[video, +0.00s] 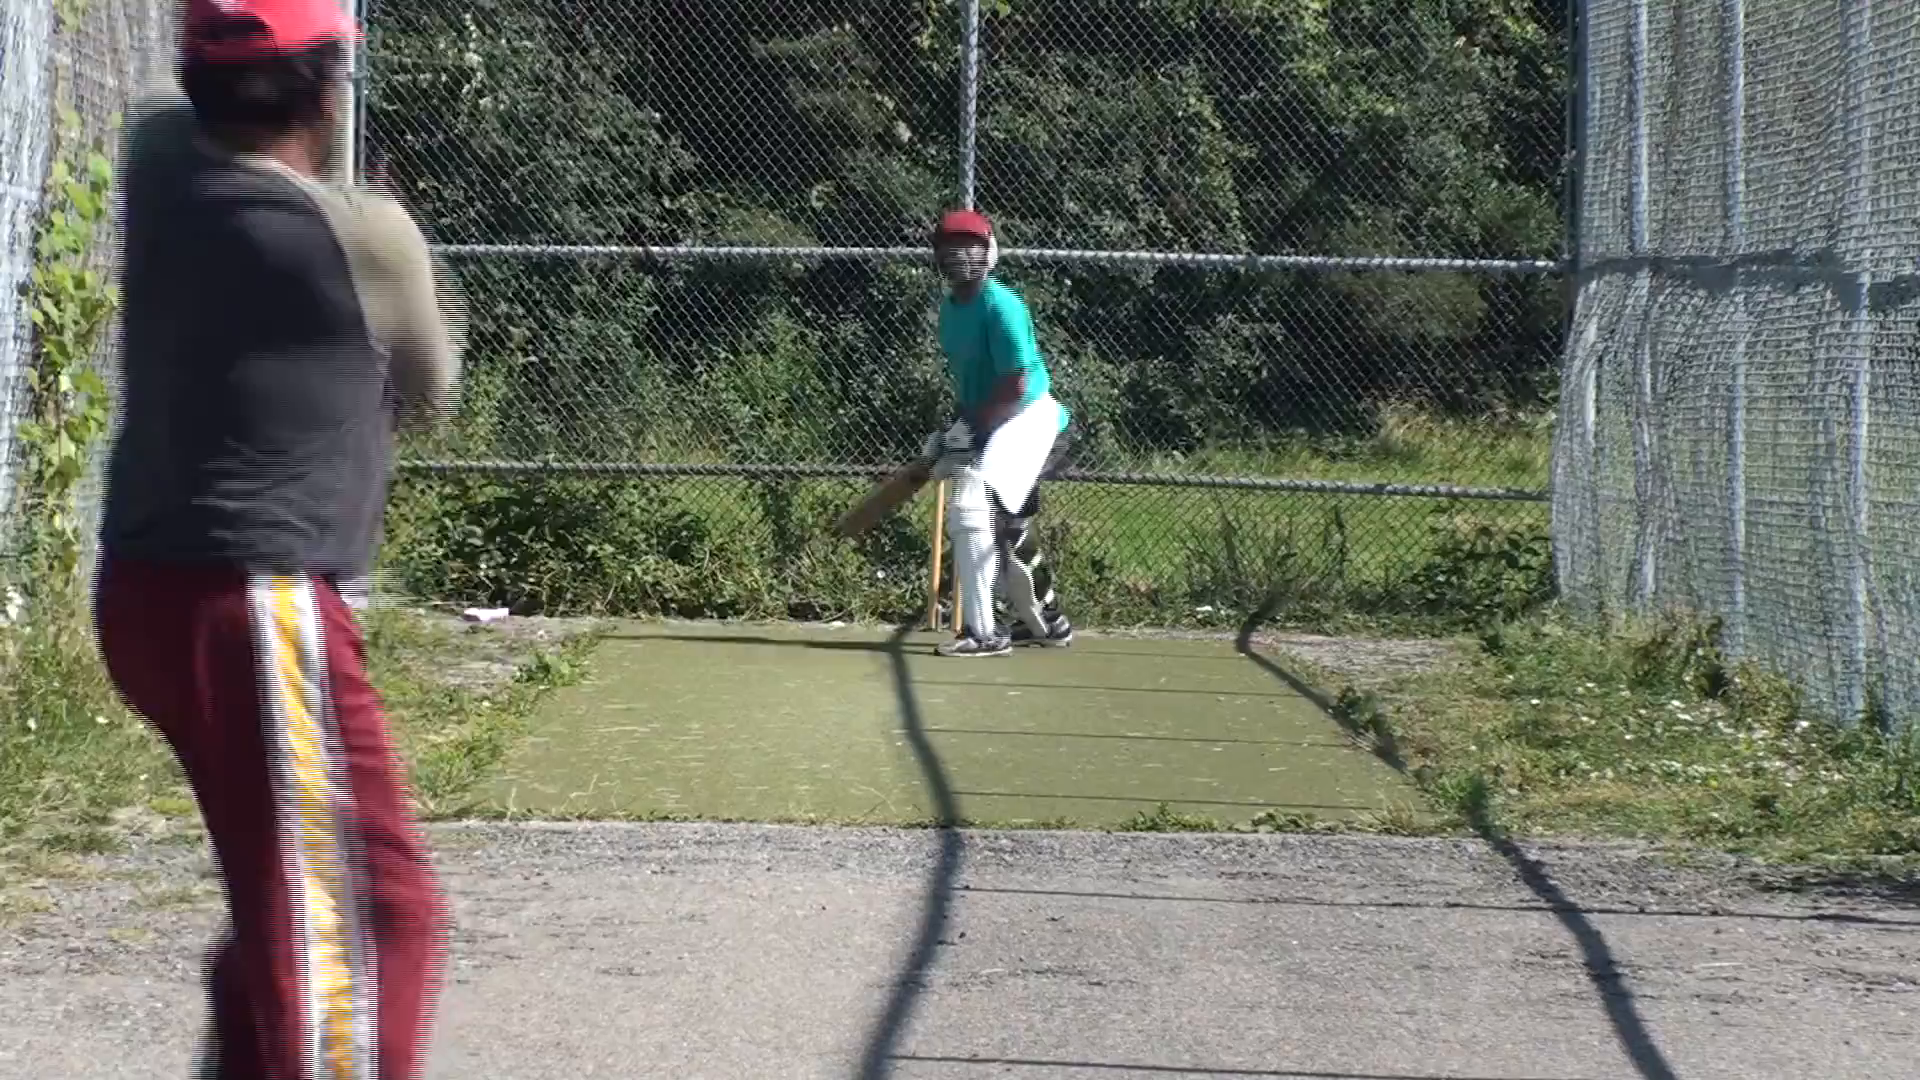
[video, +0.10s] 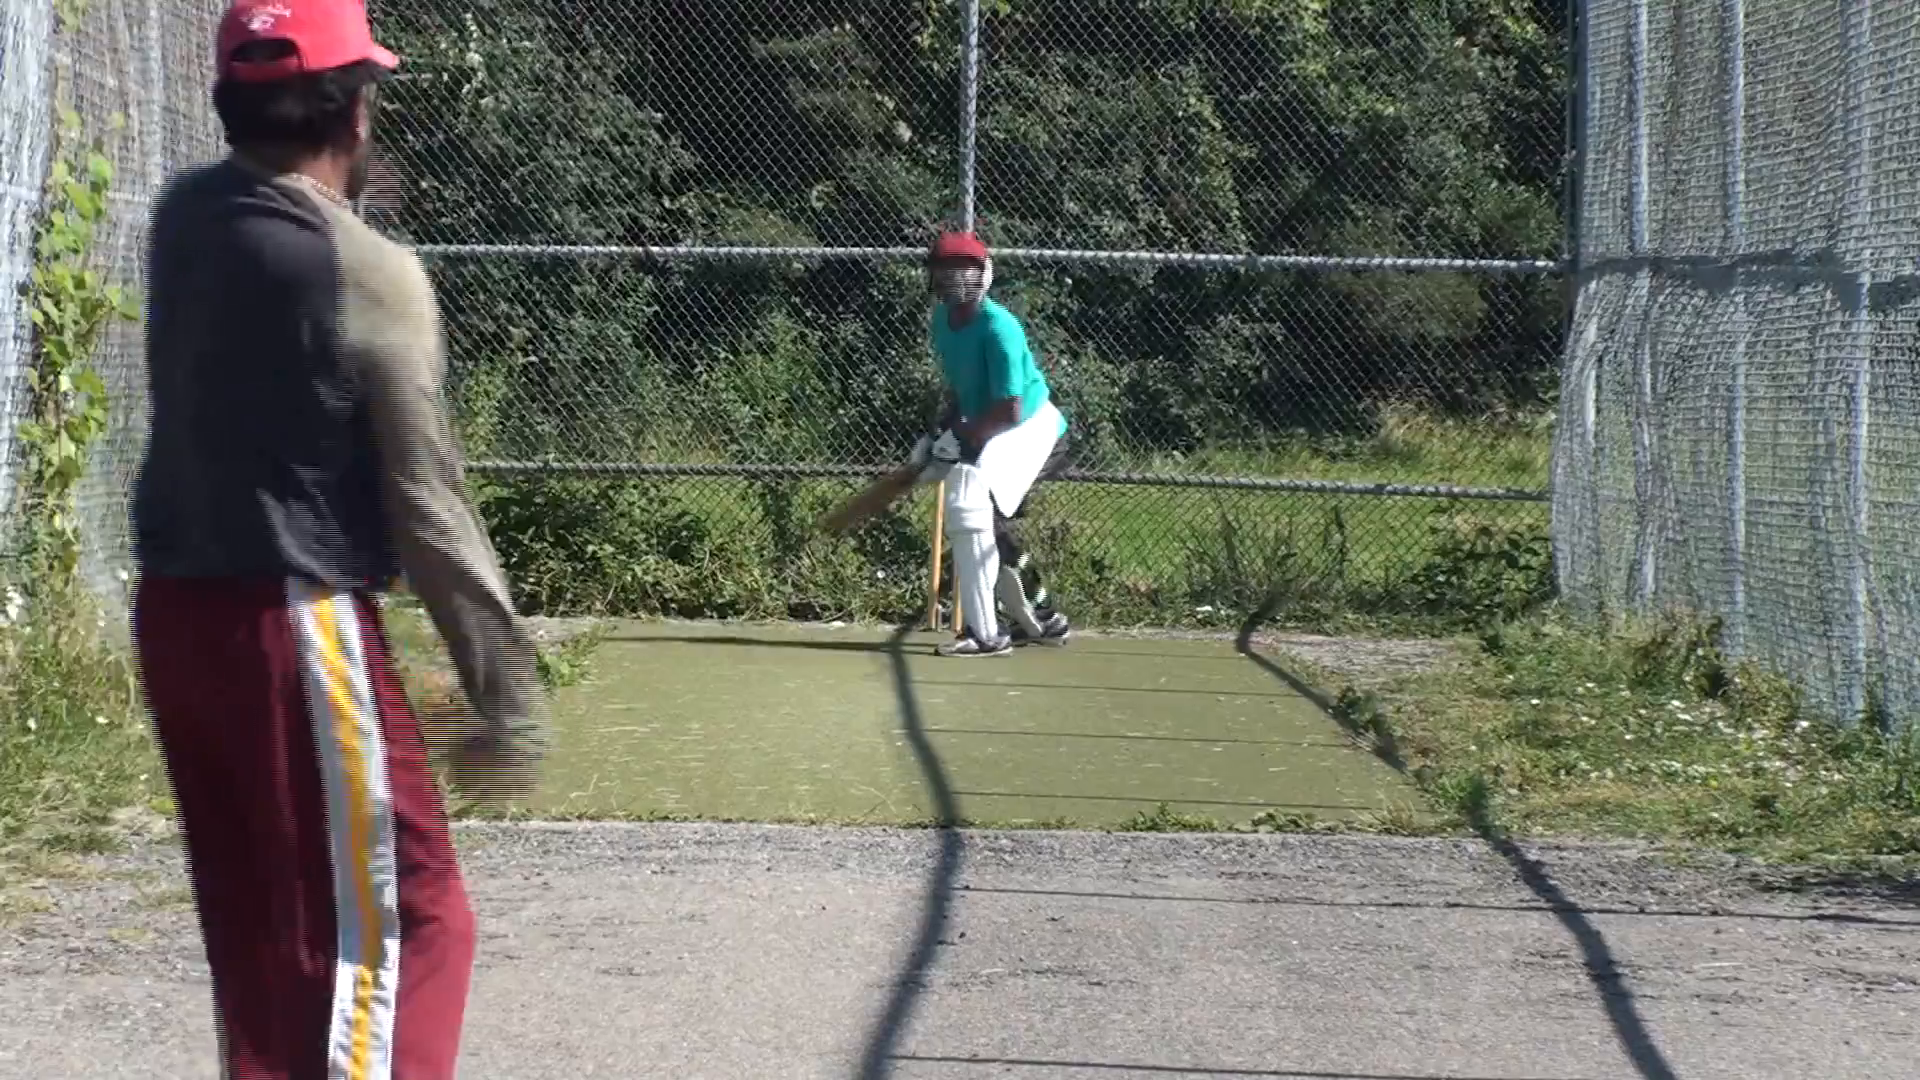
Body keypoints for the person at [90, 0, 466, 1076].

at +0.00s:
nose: (349, 89)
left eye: (342, 69)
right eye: (342, 73)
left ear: (204, 94)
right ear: (327, 91)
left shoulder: (161, 187)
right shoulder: (359, 228)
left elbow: (183, 102)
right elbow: (425, 391)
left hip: (152, 592)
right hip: (267, 601)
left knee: (279, 897)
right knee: (348, 910)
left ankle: (251, 1063)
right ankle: (330, 1070)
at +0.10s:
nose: (372, 110)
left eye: (368, 89)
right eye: (368, 92)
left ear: (238, 111)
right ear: (348, 110)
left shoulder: (185, 214)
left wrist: (334, 188)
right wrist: (500, 670)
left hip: (182, 614)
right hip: (302, 621)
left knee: (258, 916)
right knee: (410, 923)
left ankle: (269, 1069)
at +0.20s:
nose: (376, 110)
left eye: (370, 90)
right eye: (369, 92)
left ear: (244, 112)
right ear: (346, 107)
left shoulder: (190, 246)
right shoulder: (334, 216)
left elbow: (111, 440)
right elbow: (456, 356)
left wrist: (128, 596)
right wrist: (533, 465)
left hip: (221, 599)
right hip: (335, 596)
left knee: (276, 863)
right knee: (379, 878)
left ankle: (253, 1066)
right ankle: (361, 1070)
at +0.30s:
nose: (336, 109)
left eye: (325, 97)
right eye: (326, 97)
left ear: (206, 138)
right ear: (312, 112)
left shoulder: (151, 276)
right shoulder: (349, 178)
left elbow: (119, 505)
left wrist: (171, 644)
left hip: (215, 576)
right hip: (360, 534)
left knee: (270, 855)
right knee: (406, 850)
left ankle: (239, 1068)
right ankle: (365, 1066)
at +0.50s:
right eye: (231, 105)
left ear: (129, 136)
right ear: (252, 111)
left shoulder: (116, 243)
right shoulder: (336, 192)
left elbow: (112, 461)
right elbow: (378, 359)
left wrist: (149, 622)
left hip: (272, 506)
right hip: (426, 468)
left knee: (301, 817)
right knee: (484, 736)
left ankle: (280, 1061)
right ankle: (486, 936)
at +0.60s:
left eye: (152, 122)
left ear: (139, 133)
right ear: (257, 118)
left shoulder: (139, 218)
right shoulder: (322, 200)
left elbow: (58, 357)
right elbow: (328, 382)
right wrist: (197, 504)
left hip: (285, 497)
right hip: (428, 475)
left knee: (305, 812)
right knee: (479, 766)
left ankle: (280, 1060)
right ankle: (556, 961)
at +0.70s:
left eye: (152, 114)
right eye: (221, 103)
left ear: (137, 123)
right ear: (255, 114)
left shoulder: (138, 208)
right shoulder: (319, 202)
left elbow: (17, 279)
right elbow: (314, 396)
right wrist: (177, 506)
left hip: (273, 496)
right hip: (413, 482)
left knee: (283, 809)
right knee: (445, 794)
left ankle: (281, 1060)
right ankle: (507, 1058)